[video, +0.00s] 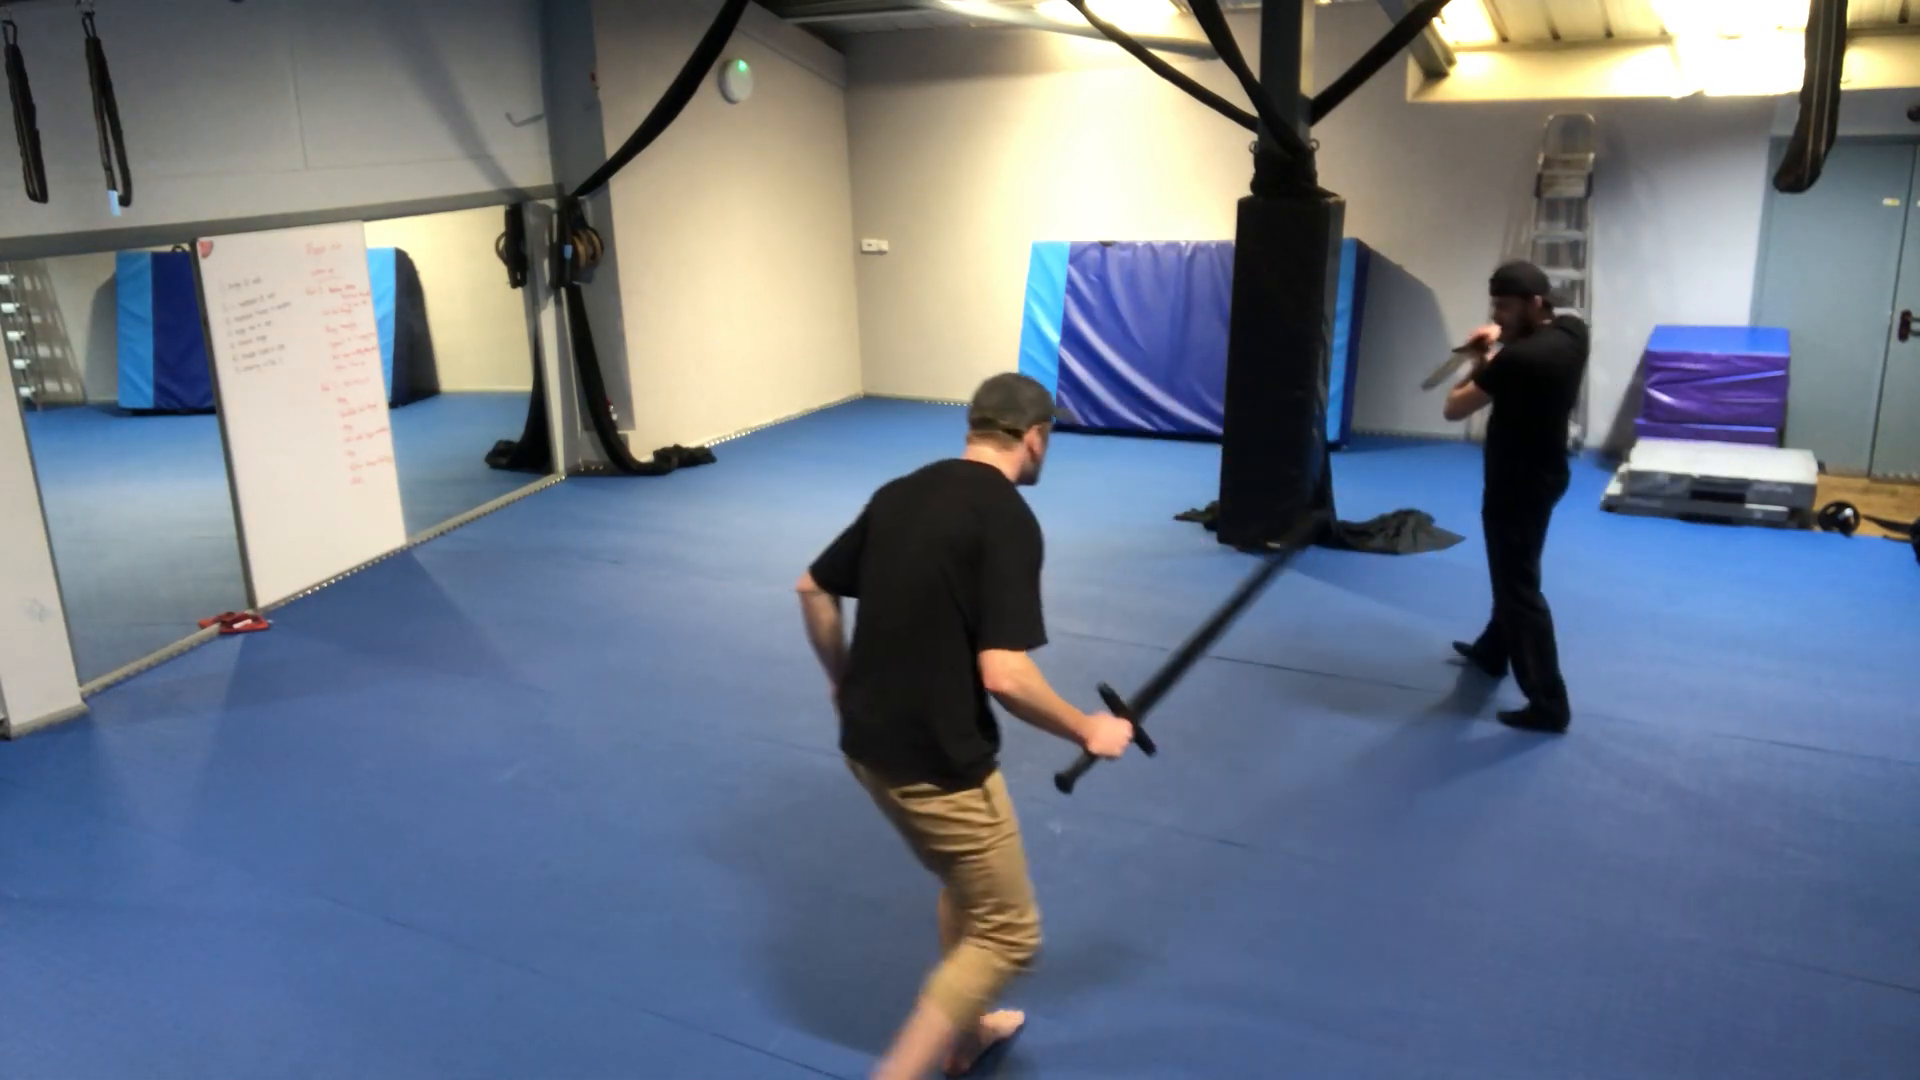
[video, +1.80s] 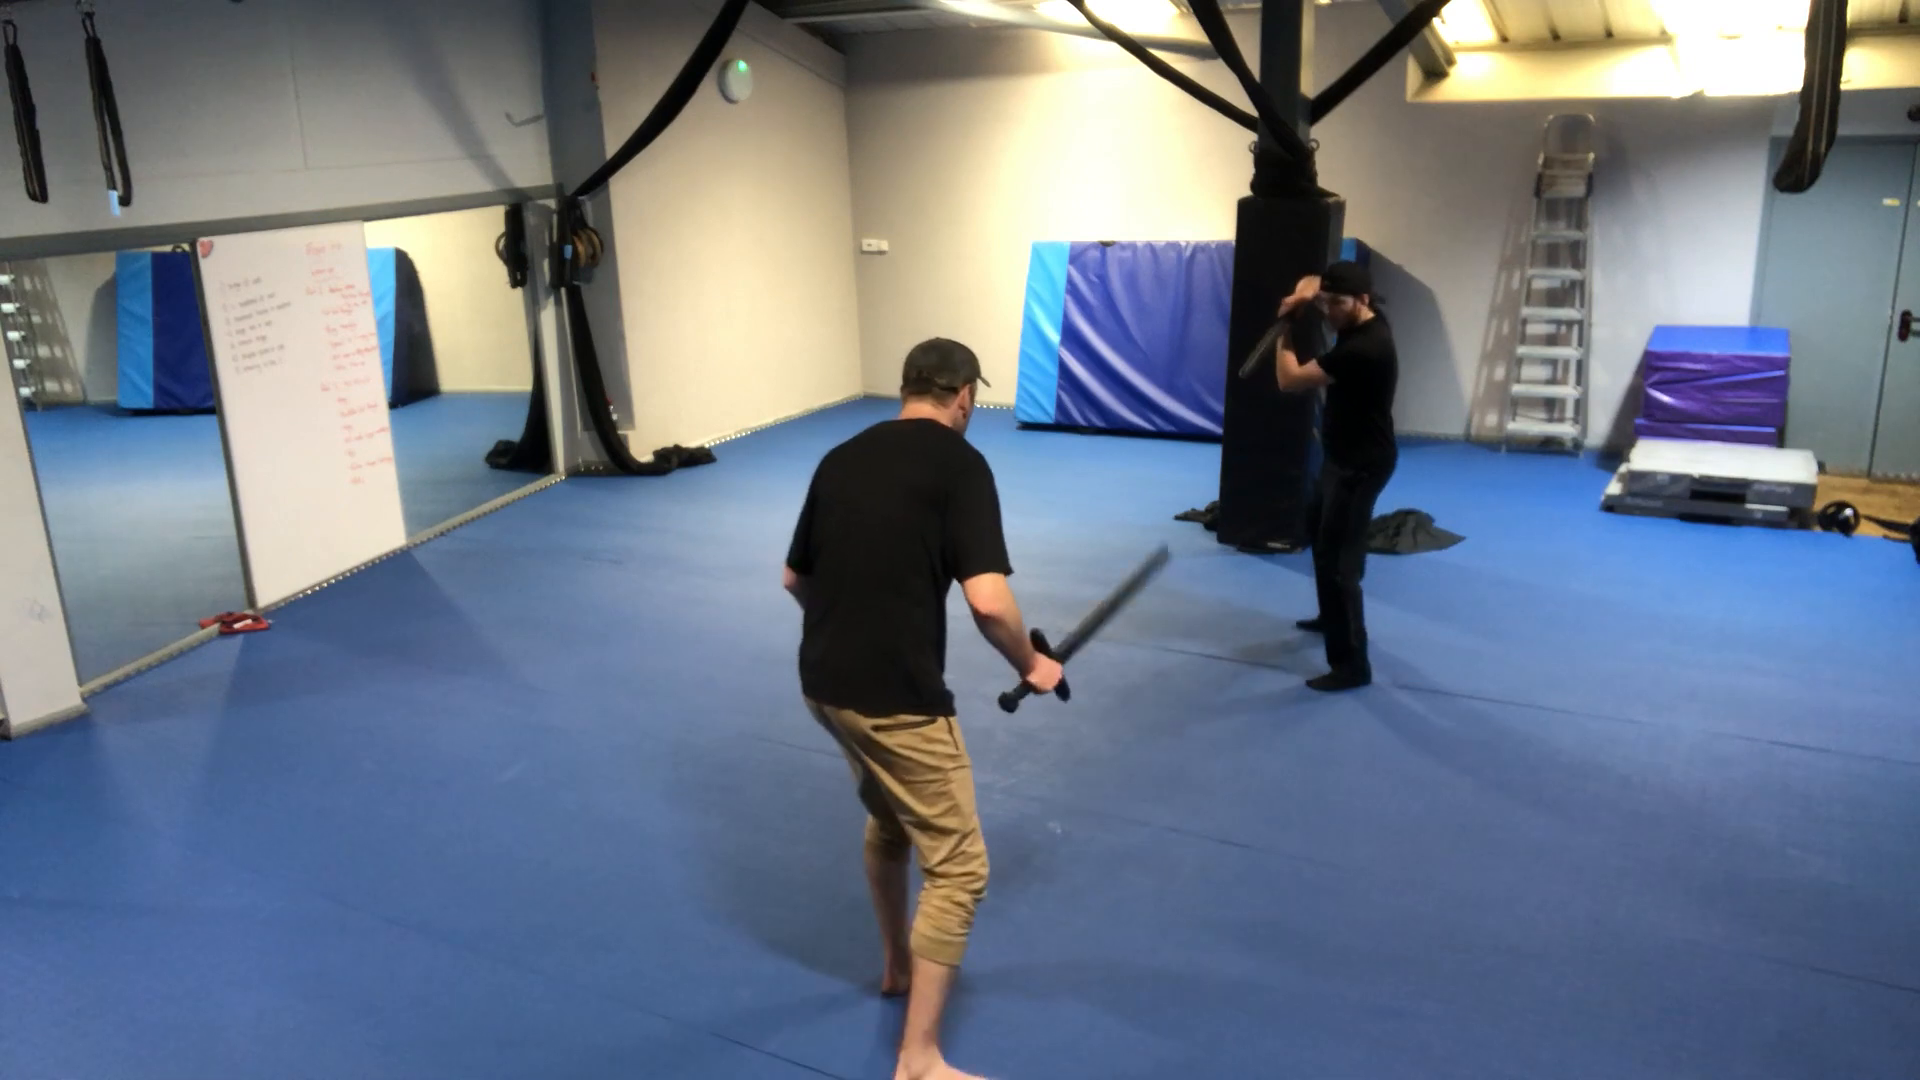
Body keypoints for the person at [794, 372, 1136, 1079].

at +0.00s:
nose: (1046, 451)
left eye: (1046, 437)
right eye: (1048, 438)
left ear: (975, 428)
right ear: (1031, 438)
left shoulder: (903, 493)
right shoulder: (1006, 518)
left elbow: (816, 587)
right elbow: (1004, 671)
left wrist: (841, 680)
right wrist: (1087, 729)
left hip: (870, 737)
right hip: (940, 757)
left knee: (961, 880)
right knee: (1005, 936)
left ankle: (956, 1033)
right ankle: (897, 1071)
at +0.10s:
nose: (1029, 447)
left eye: (1029, 434)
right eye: (1030, 434)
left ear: (957, 425)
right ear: (1013, 433)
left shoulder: (886, 490)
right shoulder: (989, 513)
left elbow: (799, 588)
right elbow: (998, 670)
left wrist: (820, 679)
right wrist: (1073, 709)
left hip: (850, 729)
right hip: (918, 753)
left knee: (948, 890)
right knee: (956, 927)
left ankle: (961, 1035)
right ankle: (797, 1039)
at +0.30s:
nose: (990, 455)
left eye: (992, 441)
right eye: (992, 441)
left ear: (919, 429)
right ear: (974, 438)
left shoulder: (847, 490)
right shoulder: (937, 518)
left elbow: (765, 588)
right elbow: (963, 670)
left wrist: (798, 682)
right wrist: (1038, 692)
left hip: (818, 730)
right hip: (851, 757)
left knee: (933, 850)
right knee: (859, 920)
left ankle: (956, 1029)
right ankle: (738, 1018)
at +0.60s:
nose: (924, 458)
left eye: (926, 444)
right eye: (925, 444)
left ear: (856, 432)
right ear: (904, 443)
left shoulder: (787, 487)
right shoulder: (840, 526)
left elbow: (723, 575)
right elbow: (854, 680)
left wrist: (778, 656)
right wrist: (948, 727)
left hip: (820, 735)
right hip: (776, 759)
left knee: (902, 842)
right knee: (818, 915)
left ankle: (938, 1015)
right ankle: (731, 1033)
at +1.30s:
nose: (947, 416)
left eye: (947, 404)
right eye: (949, 404)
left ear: (880, 394)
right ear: (935, 400)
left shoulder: (815, 458)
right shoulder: (916, 468)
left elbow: (740, 563)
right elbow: (901, 588)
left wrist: (761, 665)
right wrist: (941, 715)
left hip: (796, 685)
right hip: (848, 695)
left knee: (884, 816)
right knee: (847, 865)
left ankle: (898, 954)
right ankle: (740, 1015)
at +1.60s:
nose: (961, 412)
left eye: (961, 402)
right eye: (963, 401)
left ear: (893, 391)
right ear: (949, 396)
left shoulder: (829, 455)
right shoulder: (942, 456)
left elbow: (777, 570)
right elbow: (967, 589)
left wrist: (820, 636)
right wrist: (1020, 680)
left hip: (819, 675)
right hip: (886, 684)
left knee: (887, 816)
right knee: (931, 854)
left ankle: (896, 957)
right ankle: (822, 1024)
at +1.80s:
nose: (972, 412)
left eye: (971, 402)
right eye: (974, 402)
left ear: (903, 391)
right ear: (962, 397)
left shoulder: (841, 457)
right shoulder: (958, 463)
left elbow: (796, 574)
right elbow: (989, 604)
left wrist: (853, 617)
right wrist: (1029, 661)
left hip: (826, 680)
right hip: (898, 690)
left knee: (888, 820)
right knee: (956, 861)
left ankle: (897, 964)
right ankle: (918, 1054)